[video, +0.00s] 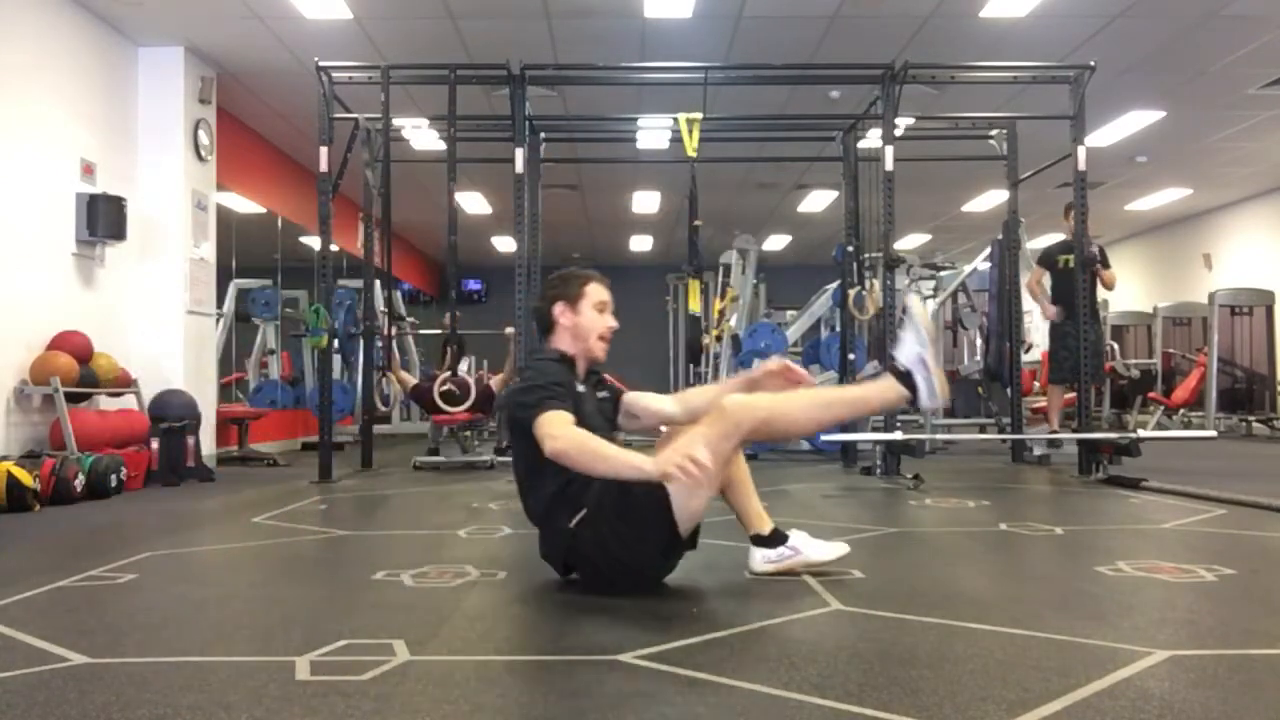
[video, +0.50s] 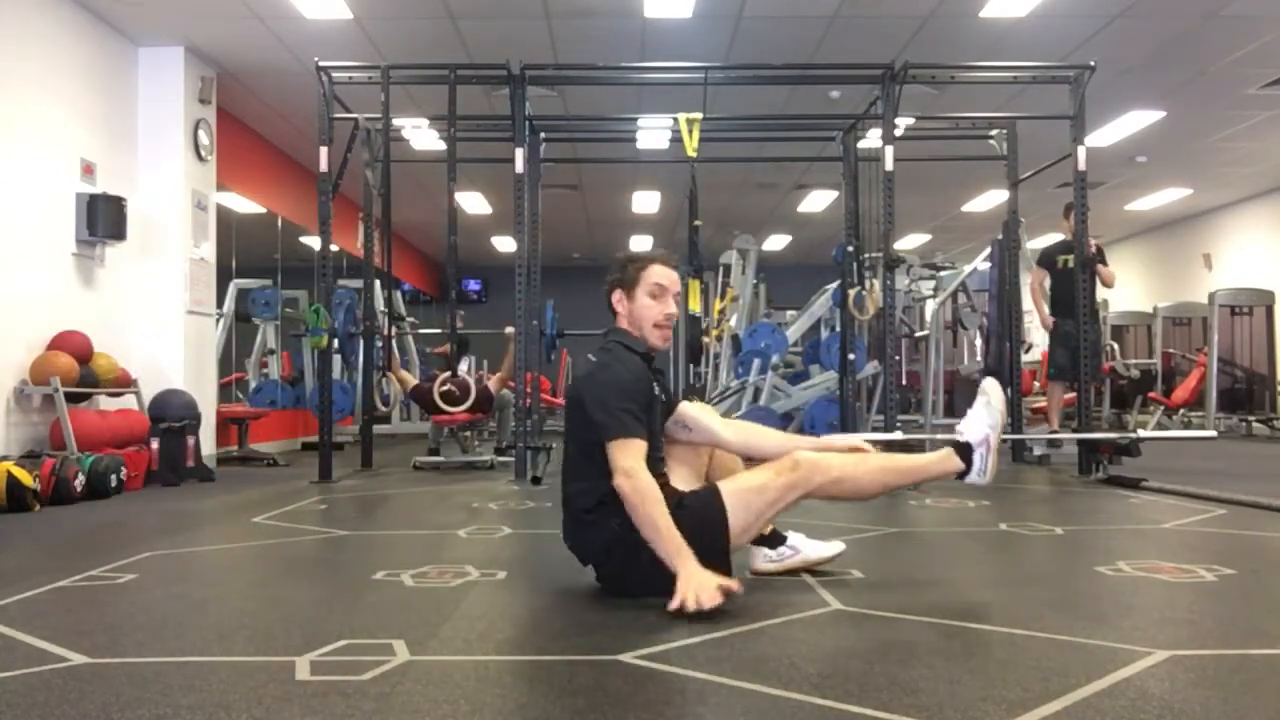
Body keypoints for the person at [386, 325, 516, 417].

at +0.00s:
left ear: (434, 392)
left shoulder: (427, 399)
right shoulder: (481, 399)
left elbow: (396, 371)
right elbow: (507, 375)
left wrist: (389, 340)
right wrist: (512, 341)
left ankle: (433, 444)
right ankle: (501, 443)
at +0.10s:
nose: (450, 380)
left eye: (444, 385)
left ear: (436, 393)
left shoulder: (427, 397)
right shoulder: (481, 398)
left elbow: (397, 371)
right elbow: (507, 375)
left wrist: (389, 341)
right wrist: (512, 341)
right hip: (475, 407)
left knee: (437, 412)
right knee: (507, 397)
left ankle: (433, 445)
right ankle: (503, 444)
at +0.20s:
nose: (450, 380)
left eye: (444, 386)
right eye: (454, 384)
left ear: (436, 393)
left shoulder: (427, 398)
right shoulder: (481, 398)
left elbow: (397, 372)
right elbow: (507, 375)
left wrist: (389, 341)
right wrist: (512, 341)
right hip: (476, 407)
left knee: (438, 412)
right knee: (507, 397)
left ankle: (433, 445)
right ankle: (503, 444)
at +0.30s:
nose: (449, 384)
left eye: (444, 386)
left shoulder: (428, 398)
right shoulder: (480, 399)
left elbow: (396, 371)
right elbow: (506, 375)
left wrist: (389, 340)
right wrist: (512, 342)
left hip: (439, 408)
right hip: (475, 407)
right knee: (507, 397)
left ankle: (433, 446)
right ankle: (502, 444)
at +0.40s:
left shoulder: (428, 398)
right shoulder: (480, 399)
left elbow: (396, 371)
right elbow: (505, 375)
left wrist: (389, 340)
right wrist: (511, 342)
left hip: (439, 409)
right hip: (475, 408)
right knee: (507, 397)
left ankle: (433, 446)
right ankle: (502, 444)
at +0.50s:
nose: (447, 386)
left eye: (444, 386)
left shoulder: (427, 397)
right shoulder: (481, 399)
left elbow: (396, 371)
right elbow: (504, 376)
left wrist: (389, 340)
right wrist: (511, 342)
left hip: (440, 409)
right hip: (476, 407)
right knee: (507, 397)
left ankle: (433, 446)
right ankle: (502, 444)